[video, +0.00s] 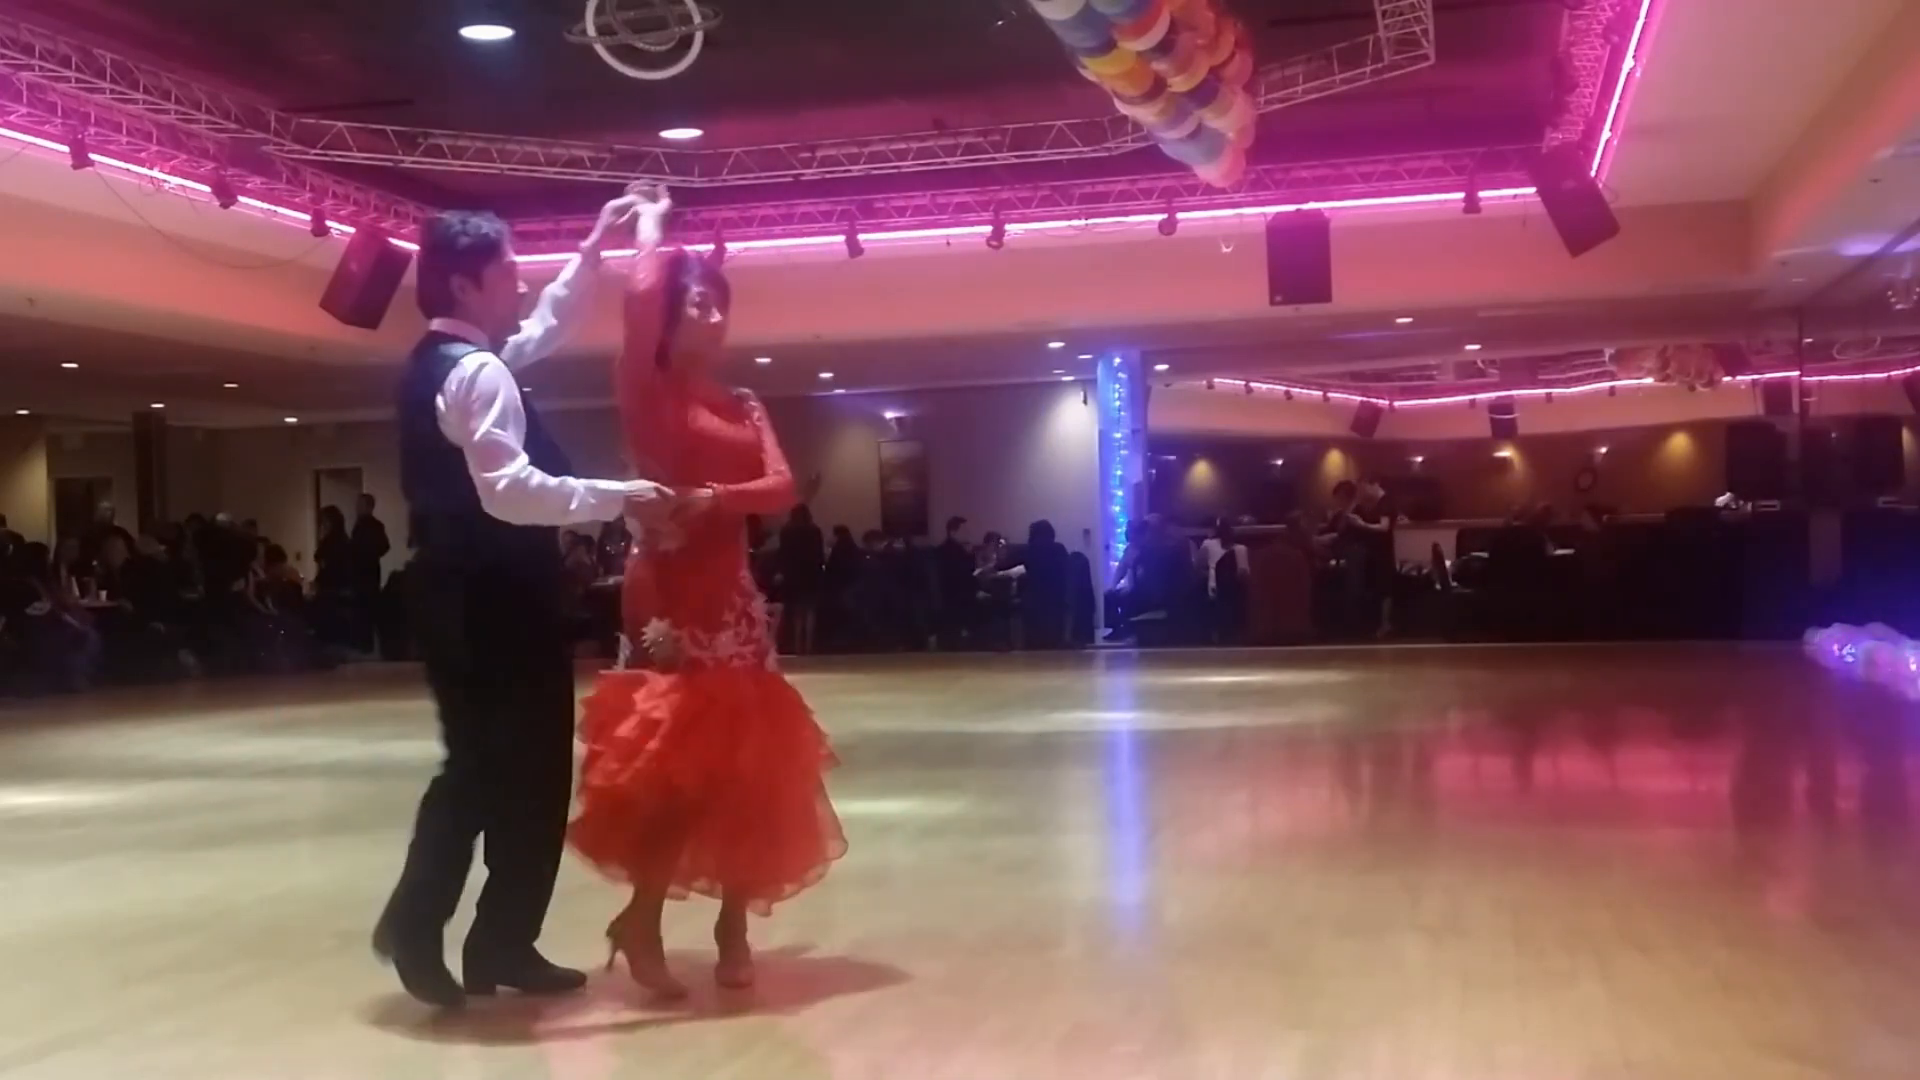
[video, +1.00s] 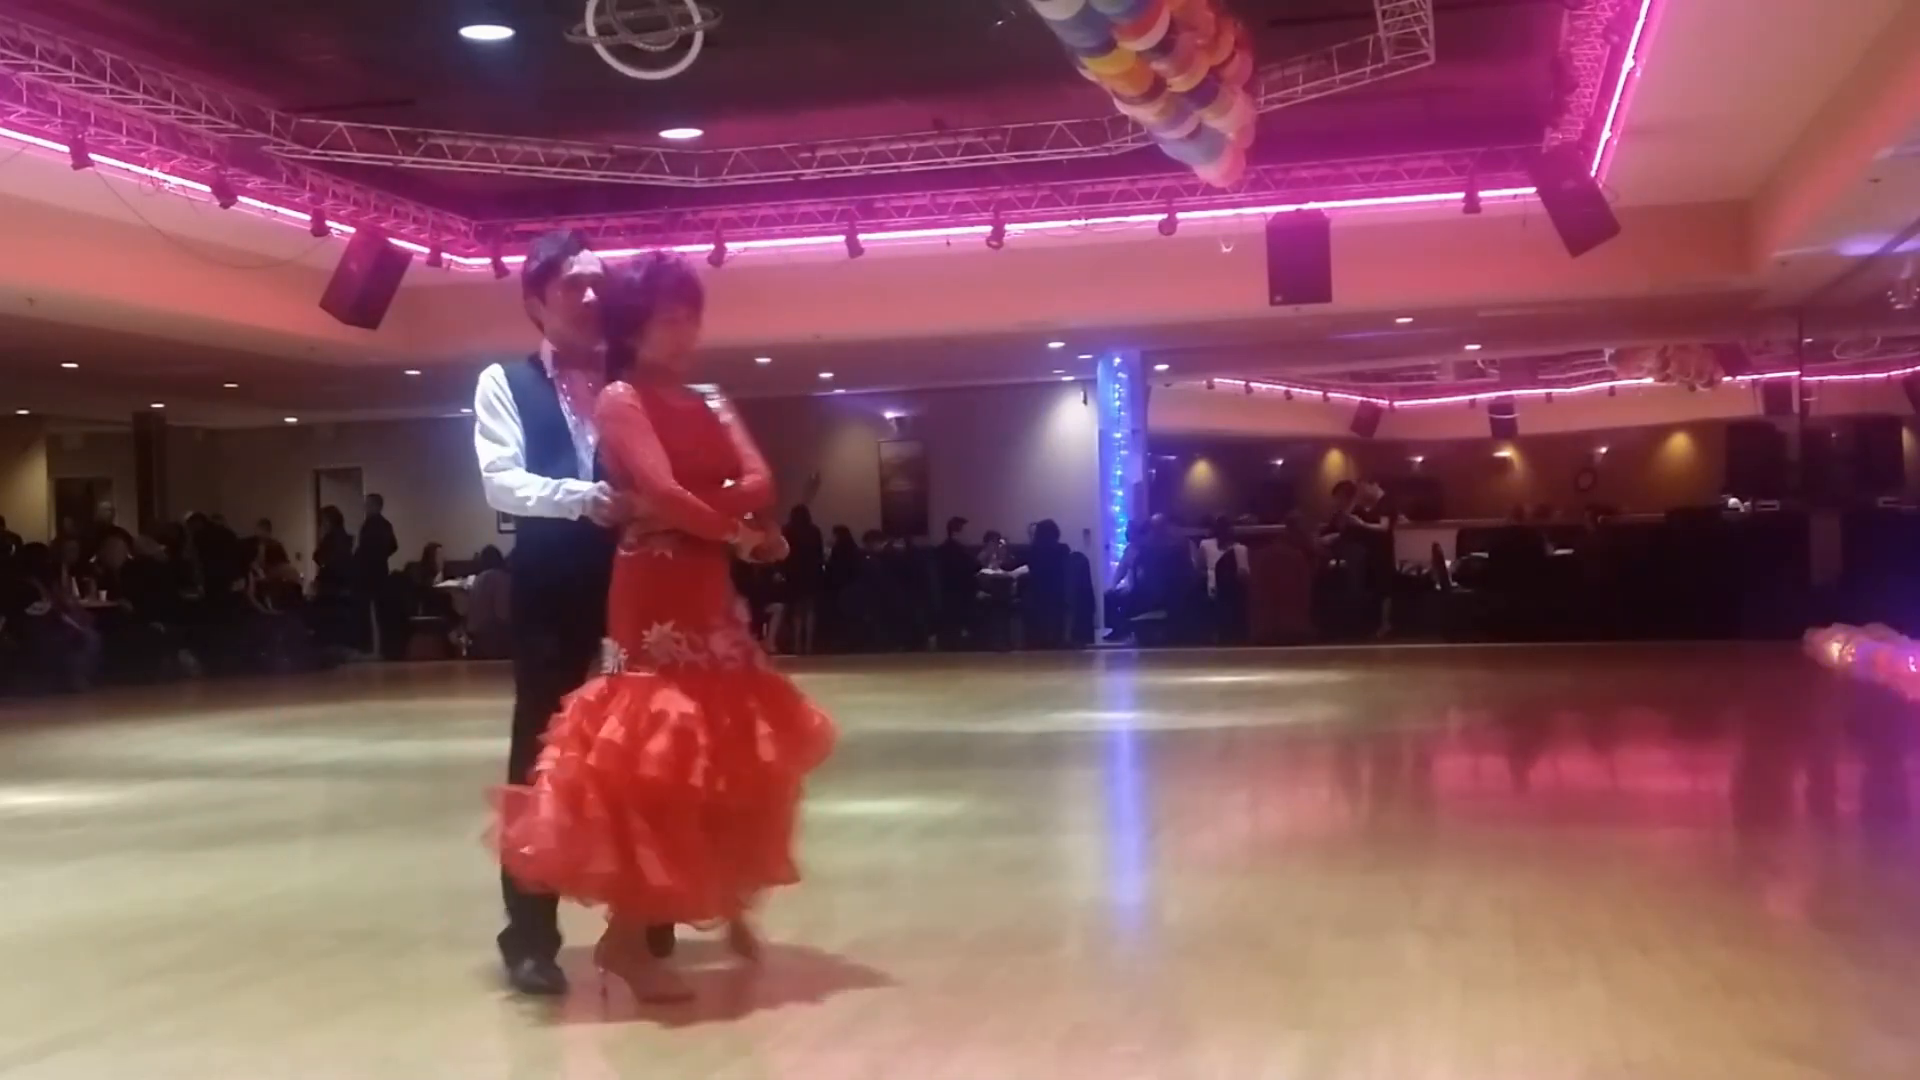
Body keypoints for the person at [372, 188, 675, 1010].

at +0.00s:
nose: (520, 282)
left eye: (514, 269)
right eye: (508, 270)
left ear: (447, 284)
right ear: (469, 281)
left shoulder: (435, 364)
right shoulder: (479, 371)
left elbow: (540, 325)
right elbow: (508, 488)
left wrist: (595, 244)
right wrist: (627, 496)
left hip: (455, 591)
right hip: (511, 596)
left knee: (475, 764)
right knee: (534, 774)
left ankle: (411, 924)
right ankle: (504, 945)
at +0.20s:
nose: (536, 282)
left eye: (532, 268)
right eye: (521, 270)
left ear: (487, 283)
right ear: (470, 281)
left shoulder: (505, 363)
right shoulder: (469, 370)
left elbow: (589, 368)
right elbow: (507, 483)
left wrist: (658, 318)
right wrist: (623, 481)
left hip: (536, 586)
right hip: (511, 591)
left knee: (531, 753)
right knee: (535, 757)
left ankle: (462, 914)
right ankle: (497, 947)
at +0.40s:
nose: (553, 278)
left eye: (550, 264)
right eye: (537, 266)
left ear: (514, 280)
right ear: (490, 280)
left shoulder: (543, 369)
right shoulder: (474, 371)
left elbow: (596, 446)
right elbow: (530, 467)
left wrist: (666, 488)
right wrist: (638, 481)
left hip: (561, 584)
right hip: (515, 592)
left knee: (559, 754)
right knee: (538, 758)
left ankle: (489, 905)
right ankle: (502, 941)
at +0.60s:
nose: (641, 320)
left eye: (635, 307)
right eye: (631, 309)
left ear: (555, 327)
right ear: (606, 321)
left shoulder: (553, 401)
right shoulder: (623, 396)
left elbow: (601, 479)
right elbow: (703, 467)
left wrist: (657, 517)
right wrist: (717, 528)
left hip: (578, 577)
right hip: (636, 578)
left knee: (577, 756)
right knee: (651, 759)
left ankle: (511, 923)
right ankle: (636, 941)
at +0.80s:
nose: (569, 300)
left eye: (573, 285)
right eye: (554, 288)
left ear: (578, 294)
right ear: (518, 296)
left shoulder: (601, 380)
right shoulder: (493, 374)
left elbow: (653, 465)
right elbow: (511, 476)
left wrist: (682, 525)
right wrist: (598, 510)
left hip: (599, 584)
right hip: (528, 587)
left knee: (595, 762)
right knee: (530, 767)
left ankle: (578, 921)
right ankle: (505, 941)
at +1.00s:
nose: (594, 296)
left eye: (598, 283)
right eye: (576, 286)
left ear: (608, 295)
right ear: (537, 301)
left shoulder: (630, 381)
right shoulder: (505, 383)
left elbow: (666, 466)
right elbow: (502, 484)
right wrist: (589, 500)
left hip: (633, 576)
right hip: (552, 580)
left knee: (641, 739)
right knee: (543, 749)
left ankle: (647, 916)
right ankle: (531, 937)